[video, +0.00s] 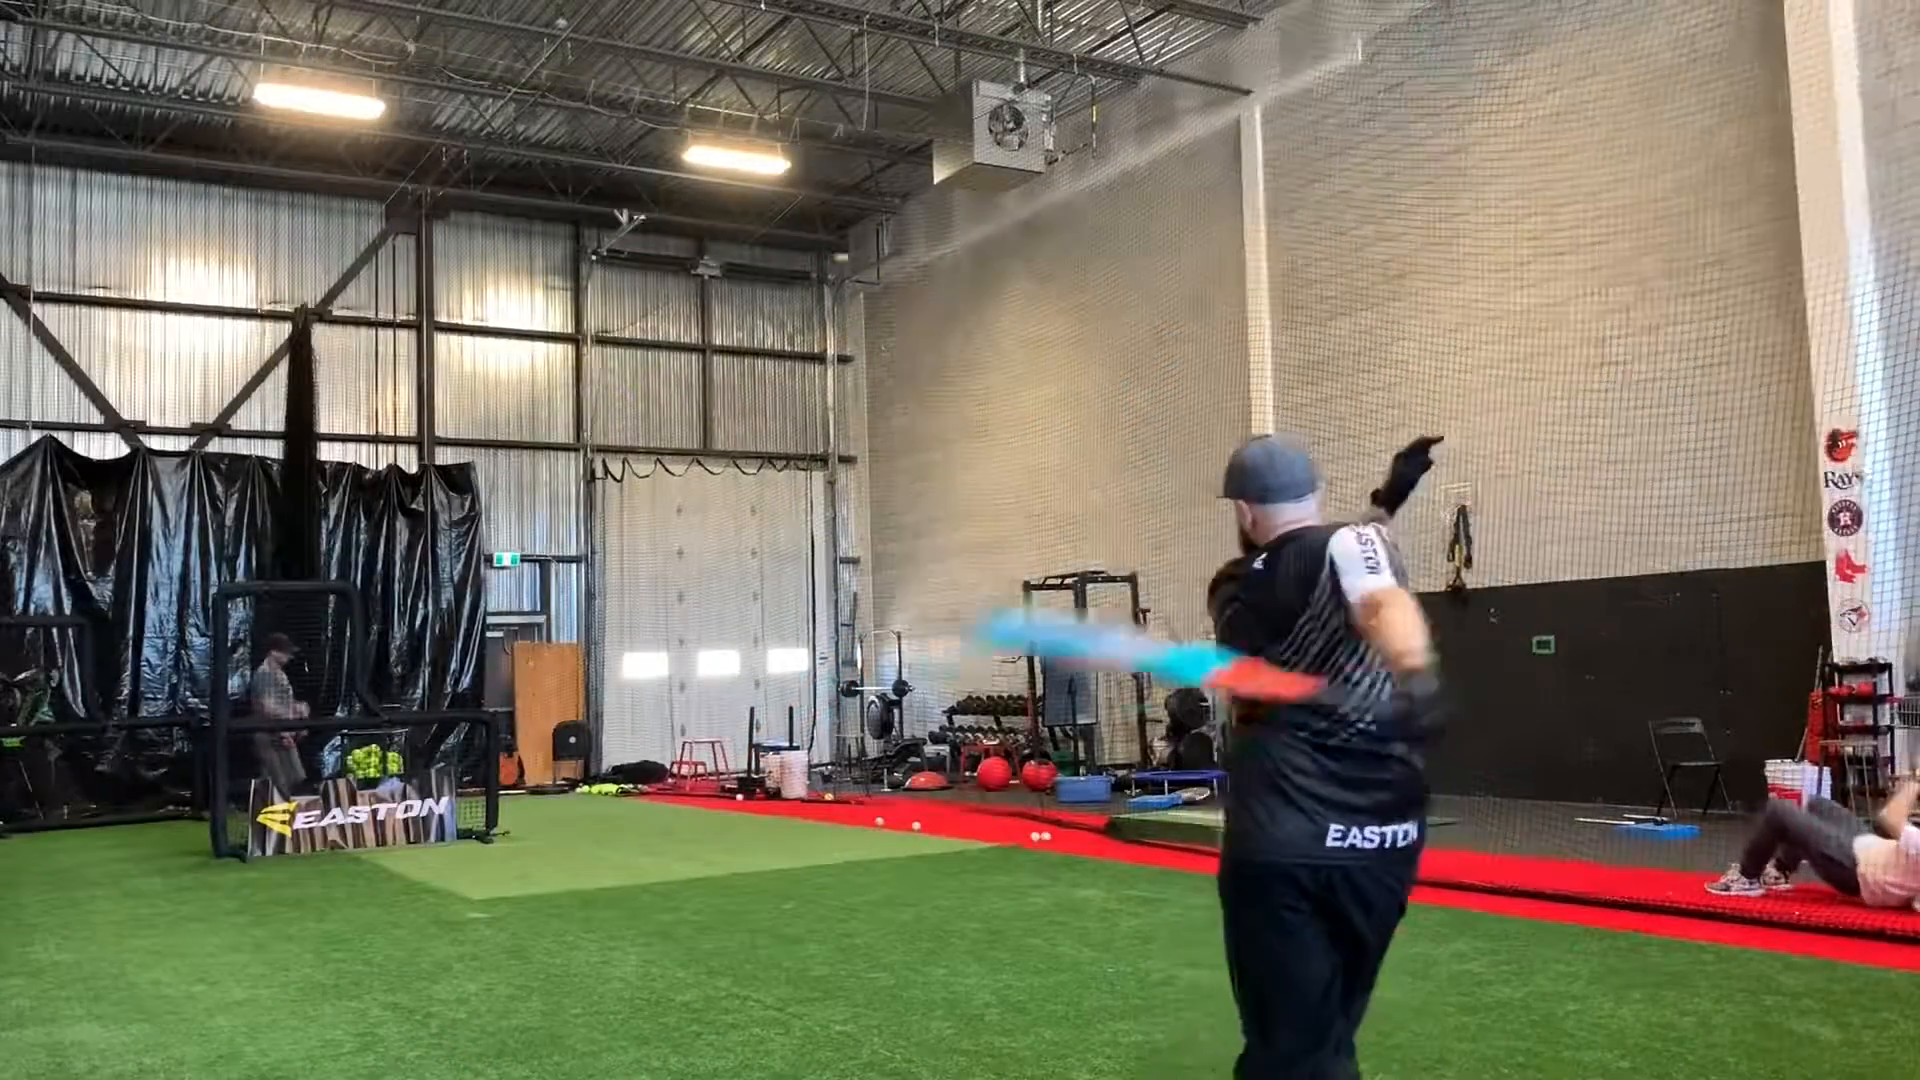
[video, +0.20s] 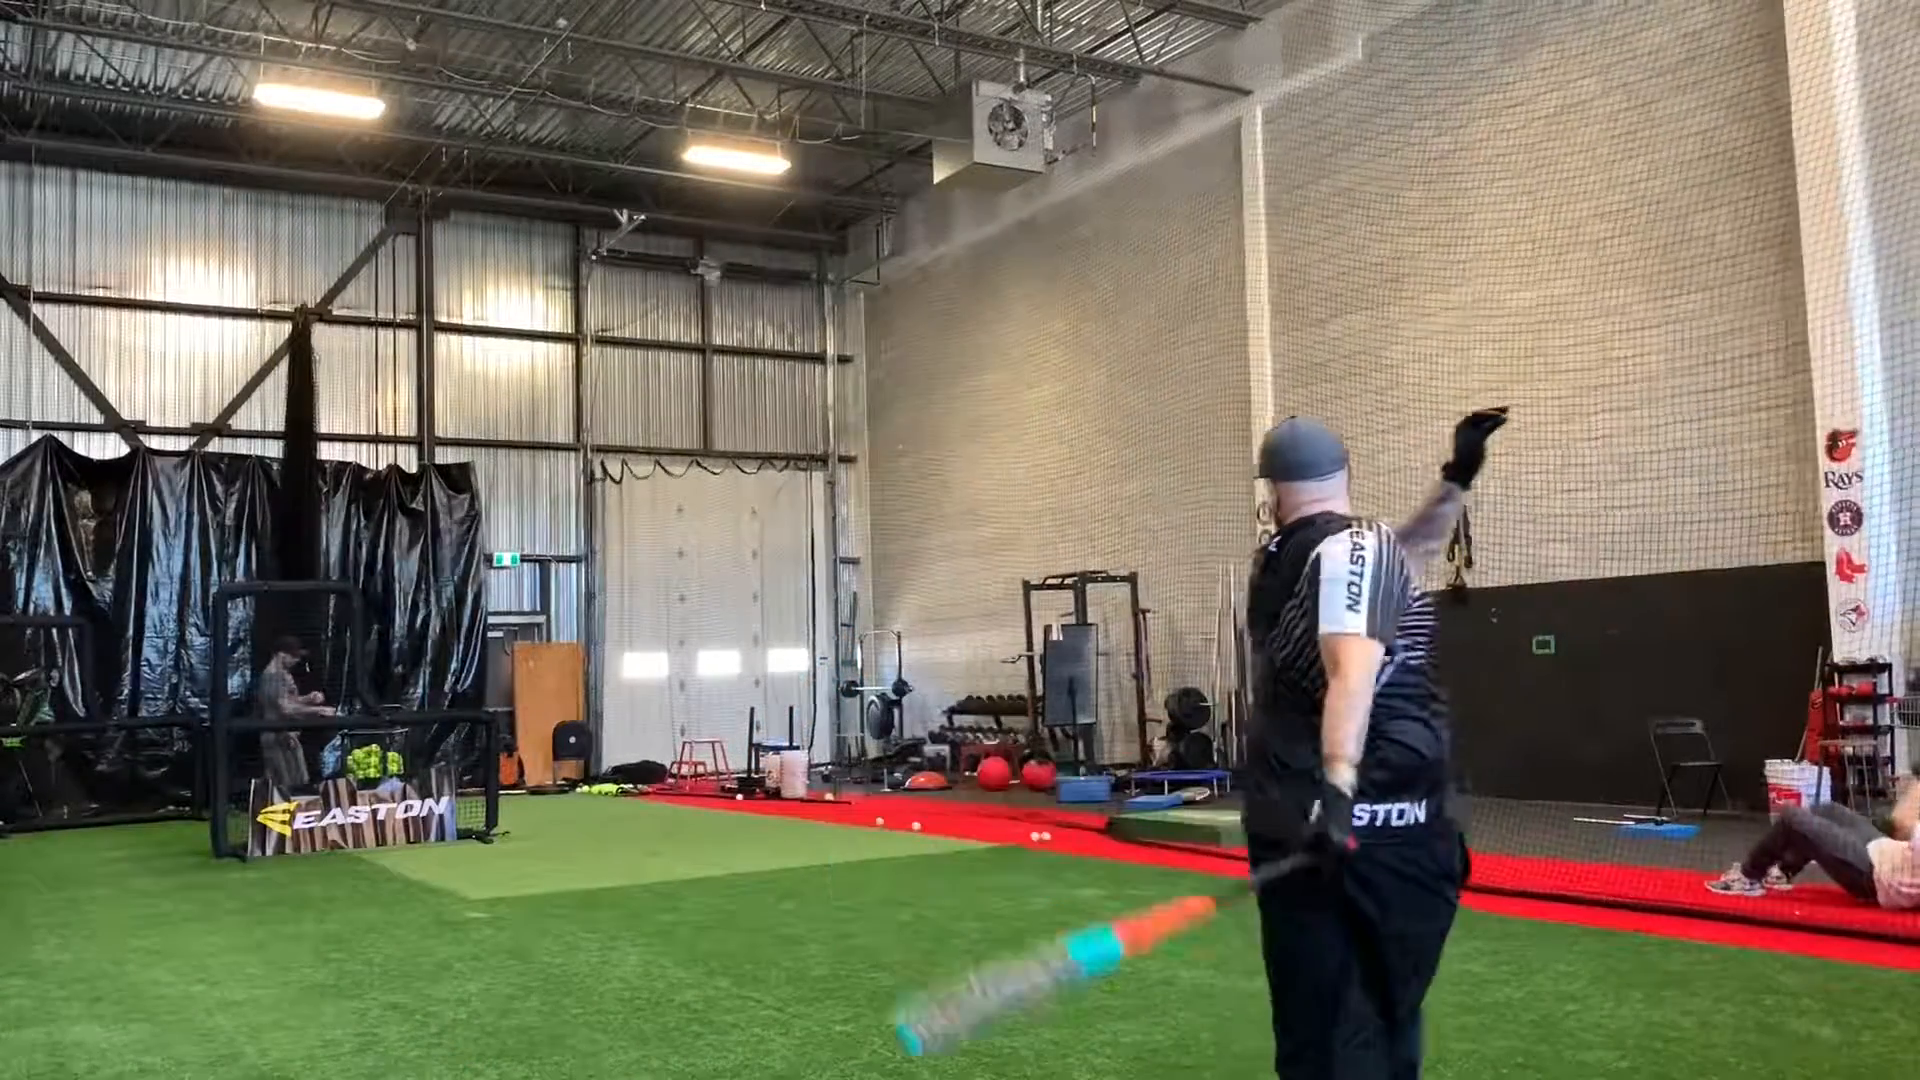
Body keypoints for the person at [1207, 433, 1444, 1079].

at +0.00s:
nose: (1240, 517)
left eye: (1239, 506)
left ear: (1245, 512)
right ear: (1317, 495)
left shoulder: (1238, 593)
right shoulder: (1356, 541)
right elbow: (1383, 605)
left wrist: (1381, 508)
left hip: (1276, 850)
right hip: (1380, 846)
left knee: (1288, 1044)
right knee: (1323, 1038)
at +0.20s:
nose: (1271, 492)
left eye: (1269, 481)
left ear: (1271, 488)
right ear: (1346, 476)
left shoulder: (1279, 560)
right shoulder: (1357, 548)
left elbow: (1405, 550)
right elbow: (1352, 668)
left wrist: (1456, 479)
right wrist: (1337, 786)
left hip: (1294, 832)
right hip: (1380, 832)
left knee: (1312, 1036)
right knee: (1376, 1037)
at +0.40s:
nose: (1380, 466)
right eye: (1378, 457)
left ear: (1301, 470)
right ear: (1375, 461)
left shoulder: (1306, 547)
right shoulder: (1377, 540)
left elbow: (1452, 544)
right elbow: (1377, 667)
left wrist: (1518, 481)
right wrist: (1431, 787)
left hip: (1320, 813)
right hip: (1410, 813)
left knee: (1346, 1014)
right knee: (1460, 1010)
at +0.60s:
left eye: (1334, 477)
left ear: (1333, 480)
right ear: (1407, 474)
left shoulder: (1329, 565)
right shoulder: (1429, 559)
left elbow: (1476, 561)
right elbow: (1461, 679)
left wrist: (1565, 522)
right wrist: (1556, 794)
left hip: (1358, 840)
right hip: (1459, 840)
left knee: (1360, 1028)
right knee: (1477, 1030)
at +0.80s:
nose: (1344, 494)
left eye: (1344, 482)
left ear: (1350, 488)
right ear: (1424, 479)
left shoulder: (1328, 575)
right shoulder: (1463, 559)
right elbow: (1561, 662)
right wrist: (1683, 741)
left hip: (1372, 847)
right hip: (1483, 845)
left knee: (1378, 1013)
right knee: (1483, 1030)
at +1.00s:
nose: (1355, 494)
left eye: (1354, 483)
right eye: (1356, 482)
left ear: (1366, 490)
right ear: (1437, 483)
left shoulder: (1330, 591)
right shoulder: (1509, 558)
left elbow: (1337, 718)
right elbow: (1618, 660)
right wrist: (1725, 737)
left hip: (1388, 854)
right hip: (1508, 850)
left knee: (1375, 1028)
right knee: (1493, 1035)